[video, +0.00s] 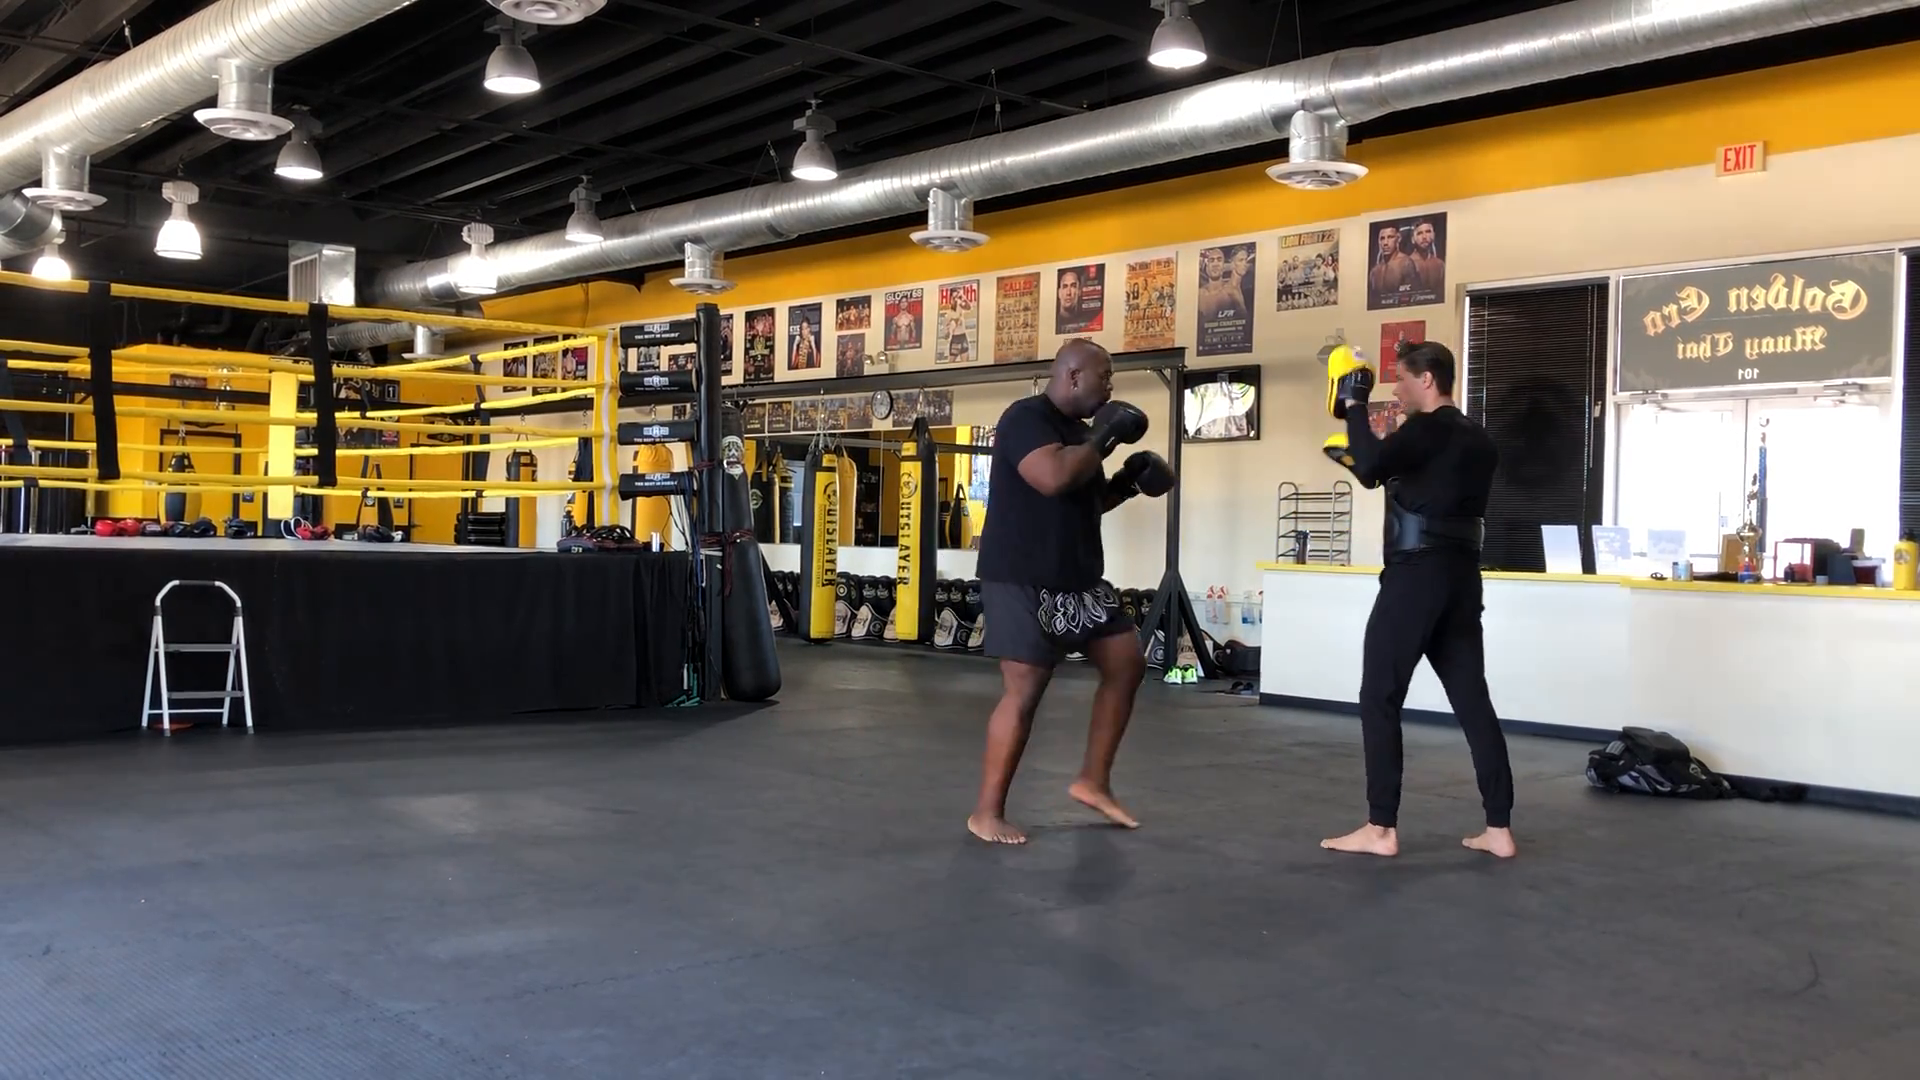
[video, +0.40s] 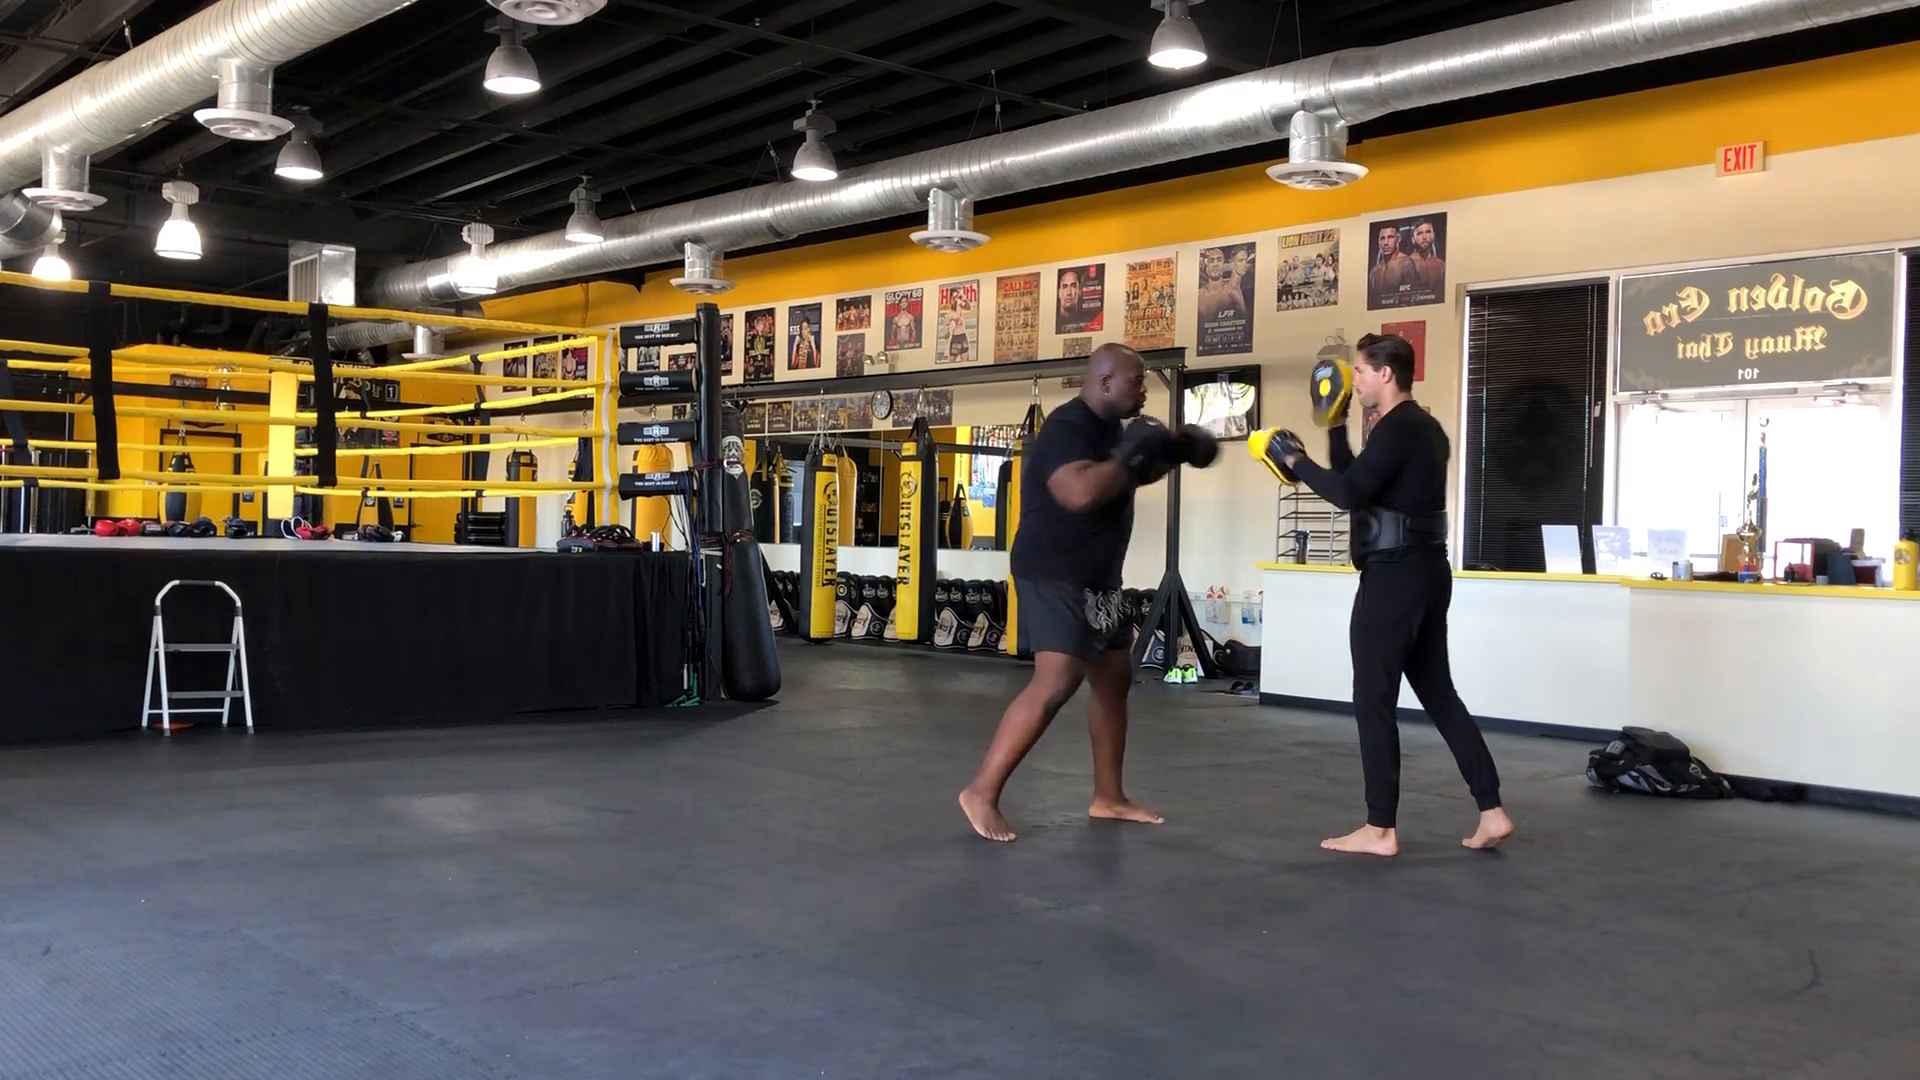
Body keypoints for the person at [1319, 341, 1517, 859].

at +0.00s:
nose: (1396, 390)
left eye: (1400, 379)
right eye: (1395, 380)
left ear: (1428, 379)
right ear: (1439, 380)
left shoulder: (1425, 429)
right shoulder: (1480, 438)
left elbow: (1368, 467)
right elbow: (1431, 489)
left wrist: (1354, 407)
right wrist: (1385, 445)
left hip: (1414, 578)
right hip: (1461, 580)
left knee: (1378, 700)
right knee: (1474, 704)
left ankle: (1380, 828)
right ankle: (1499, 831)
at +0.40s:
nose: (1353, 381)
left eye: (1359, 372)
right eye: (1354, 372)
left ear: (1386, 375)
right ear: (1396, 377)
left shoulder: (1395, 428)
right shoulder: (1426, 428)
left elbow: (1350, 493)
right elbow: (1353, 486)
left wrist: (1297, 463)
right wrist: (1336, 426)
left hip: (1391, 577)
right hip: (1427, 573)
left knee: (1373, 702)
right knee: (1439, 695)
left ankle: (1380, 828)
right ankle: (1492, 811)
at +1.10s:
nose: (1365, 375)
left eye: (1374, 367)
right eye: (1367, 366)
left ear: (1402, 375)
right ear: (1403, 376)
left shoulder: (1409, 429)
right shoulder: (1415, 427)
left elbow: (1389, 505)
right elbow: (1352, 492)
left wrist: (1328, 501)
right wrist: (1337, 429)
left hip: (1395, 579)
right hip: (1423, 575)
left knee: (1374, 702)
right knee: (1433, 691)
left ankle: (1380, 828)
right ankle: (1496, 806)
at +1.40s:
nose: (1404, 381)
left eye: (1411, 373)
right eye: (1404, 373)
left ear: (1439, 376)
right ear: (1441, 377)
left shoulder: (1445, 434)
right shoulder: (1462, 430)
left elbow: (1430, 512)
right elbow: (1414, 492)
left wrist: (1369, 559)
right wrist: (1370, 450)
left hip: (1419, 584)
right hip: (1452, 584)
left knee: (1387, 702)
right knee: (1463, 699)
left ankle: (1380, 828)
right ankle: (1512, 818)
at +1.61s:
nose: (1435, 388)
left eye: (1442, 378)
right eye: (1435, 379)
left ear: (1471, 381)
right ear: (1476, 382)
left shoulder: (1463, 435)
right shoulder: (1508, 437)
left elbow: (1445, 514)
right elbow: (1475, 500)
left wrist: (1401, 582)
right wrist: (1433, 455)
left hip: (1449, 586)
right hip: (1492, 586)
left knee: (1405, 701)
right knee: (1502, 707)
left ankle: (1384, 826)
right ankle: (1518, 830)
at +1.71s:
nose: (1444, 386)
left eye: (1451, 377)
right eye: (1445, 377)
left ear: (1479, 380)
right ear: (1485, 381)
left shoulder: (1473, 433)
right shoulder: (1519, 435)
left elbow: (1461, 510)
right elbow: (1515, 515)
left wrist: (1426, 580)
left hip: (1465, 587)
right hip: (1507, 588)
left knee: (1417, 699)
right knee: (1515, 710)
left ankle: (1392, 825)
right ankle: (1519, 831)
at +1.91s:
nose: (1456, 386)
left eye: (1462, 376)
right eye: (1457, 377)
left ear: (1491, 379)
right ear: (1497, 380)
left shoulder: (1488, 432)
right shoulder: (1542, 439)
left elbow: (1479, 509)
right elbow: (1563, 525)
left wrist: (1451, 580)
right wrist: (1523, 560)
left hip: (1481, 585)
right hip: (1526, 589)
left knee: (1436, 699)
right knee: (1524, 708)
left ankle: (1464, 825)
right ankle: (1521, 830)